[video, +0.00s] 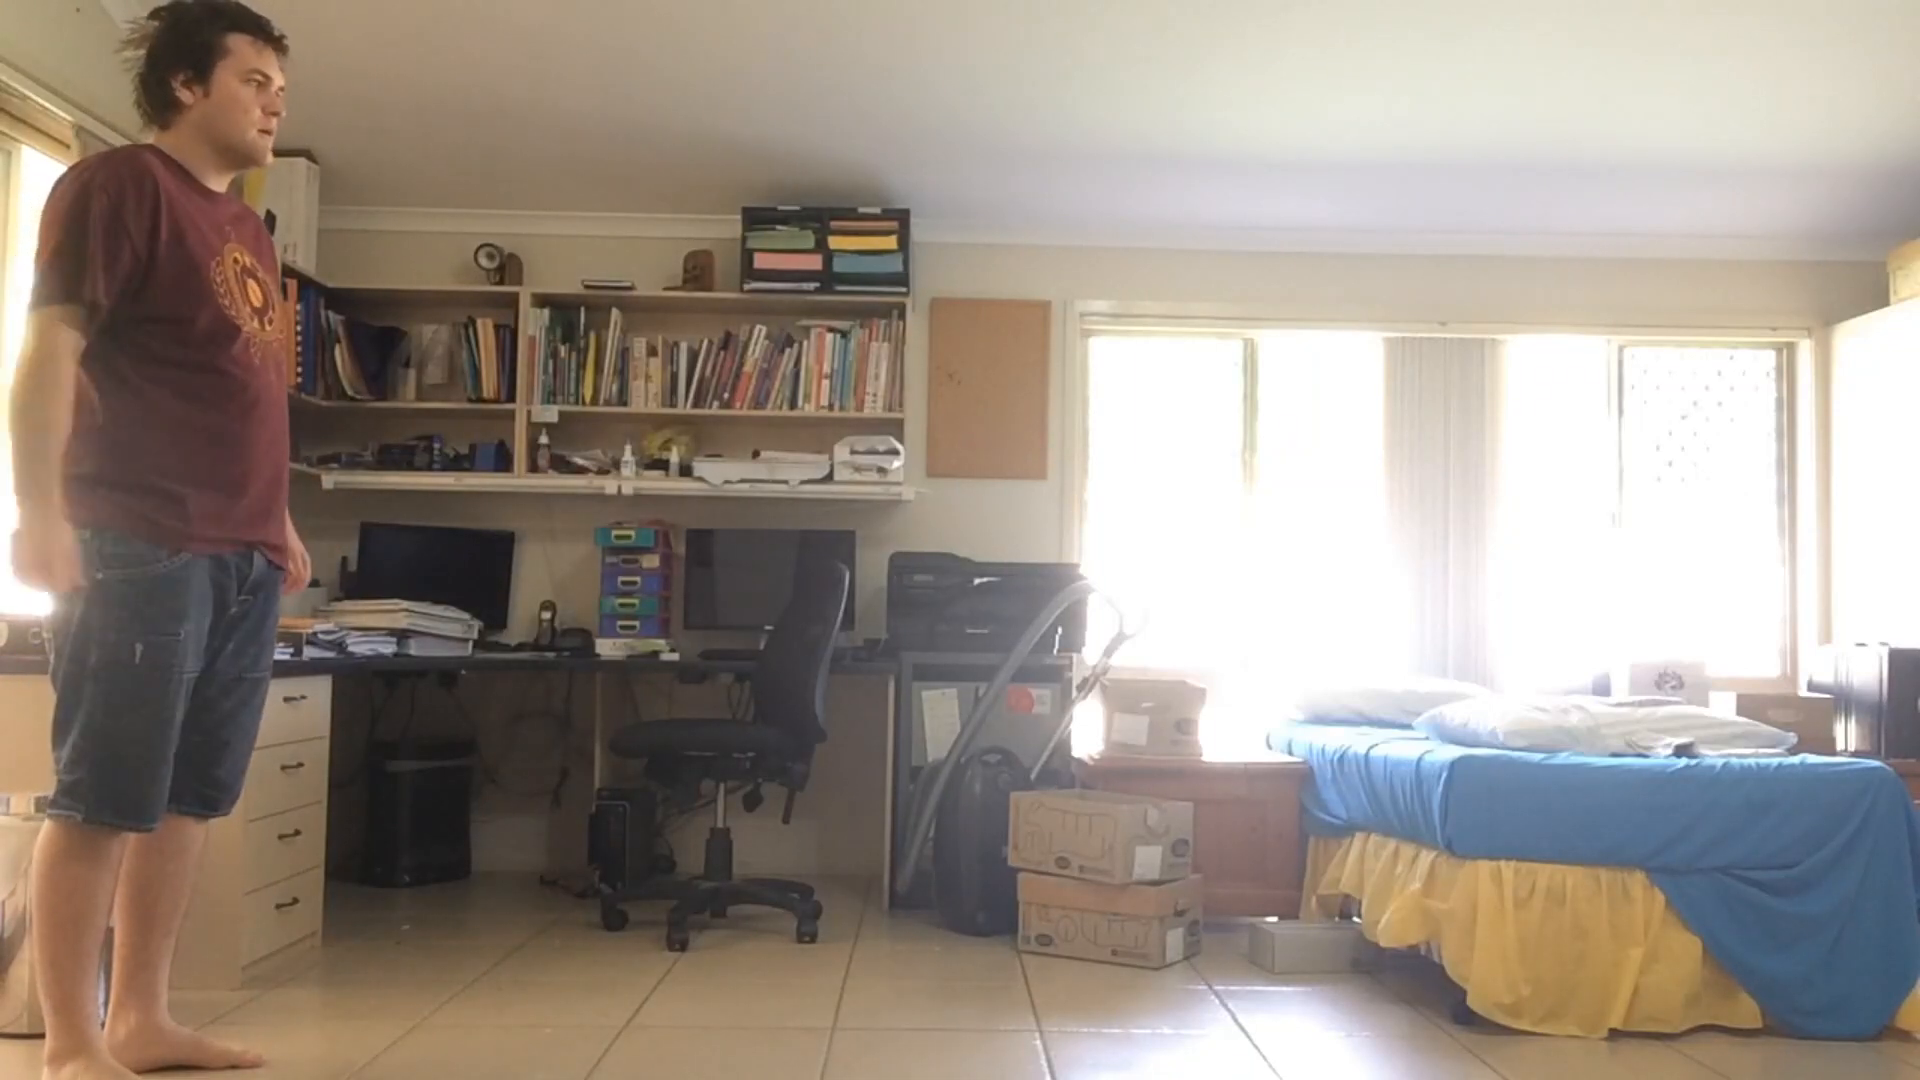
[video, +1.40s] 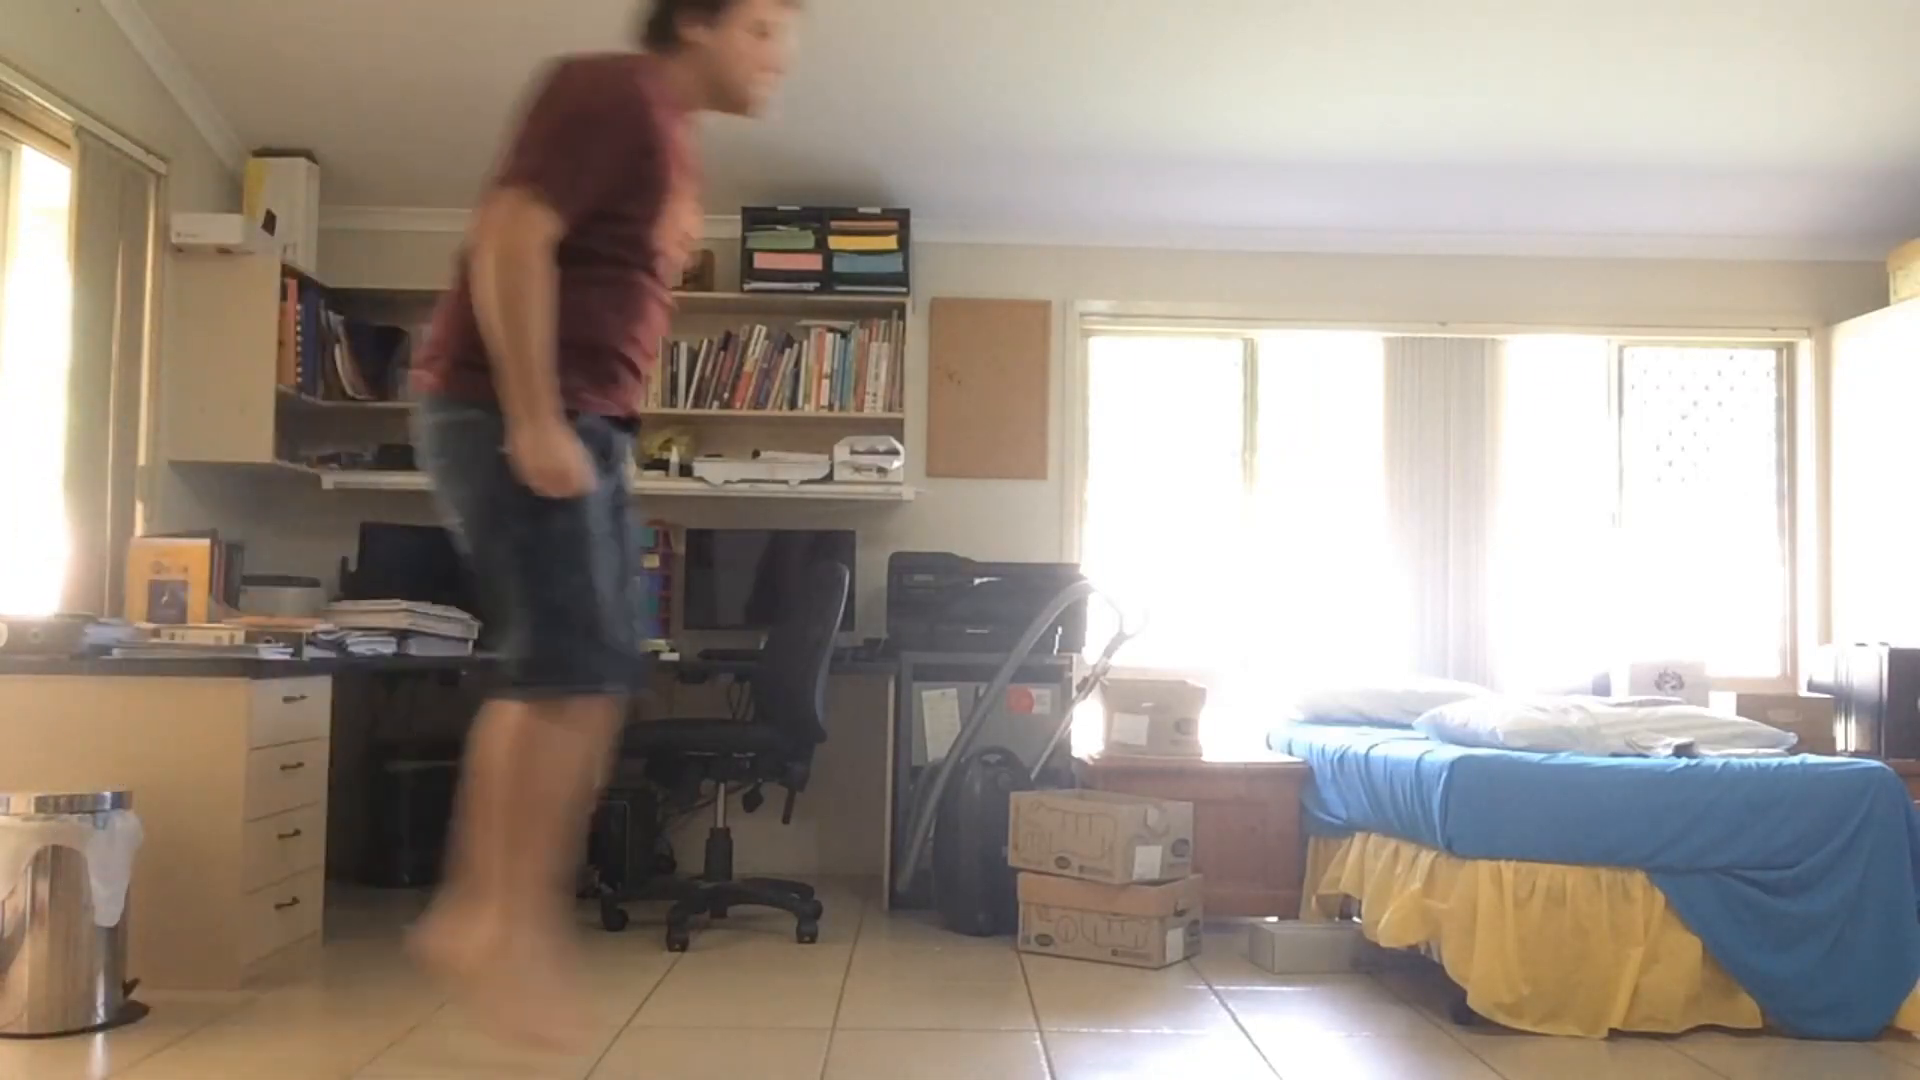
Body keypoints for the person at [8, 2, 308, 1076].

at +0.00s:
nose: (276, 102)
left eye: (280, 87)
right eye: (258, 82)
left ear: (266, 105)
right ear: (187, 88)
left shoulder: (251, 224)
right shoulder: (116, 182)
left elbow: (246, 394)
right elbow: (49, 348)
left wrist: (275, 519)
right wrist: (40, 515)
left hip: (246, 553)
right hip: (136, 542)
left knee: (184, 799)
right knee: (99, 798)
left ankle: (141, 1023)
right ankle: (68, 1045)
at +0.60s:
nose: (379, 136)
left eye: (383, 121)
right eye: (360, 111)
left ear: (352, 133)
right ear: (289, 110)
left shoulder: (321, 249)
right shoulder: (193, 195)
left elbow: (271, 410)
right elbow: (97, 360)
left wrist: (266, 544)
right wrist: (119, 533)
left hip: (249, 560)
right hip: (151, 548)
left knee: (211, 805)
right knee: (126, 808)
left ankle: (143, 1022)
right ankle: (72, 1045)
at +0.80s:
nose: (486, 266)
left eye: (489, 247)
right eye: (469, 240)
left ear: (419, 252)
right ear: (399, 239)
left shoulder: (396, 357)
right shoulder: (278, 304)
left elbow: (281, 460)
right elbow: (119, 408)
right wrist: (100, 586)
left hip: (235, 602)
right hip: (140, 589)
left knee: (262, 808)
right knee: (195, 811)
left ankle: (144, 1027)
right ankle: (76, 1048)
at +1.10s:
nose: (538, 229)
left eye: (539, 210)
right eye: (520, 208)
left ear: (500, 223)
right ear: (454, 217)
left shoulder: (486, 342)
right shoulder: (375, 316)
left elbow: (407, 472)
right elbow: (242, 430)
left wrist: (359, 594)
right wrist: (210, 609)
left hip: (351, 633)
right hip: (268, 625)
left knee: (333, 858)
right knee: (283, 856)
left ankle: (156, 1019)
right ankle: (92, 1032)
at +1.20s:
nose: (569, 117)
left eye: (574, 100)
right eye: (553, 94)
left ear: (523, 109)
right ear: (486, 94)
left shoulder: (516, 220)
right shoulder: (406, 181)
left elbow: (501, 354)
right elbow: (301, 305)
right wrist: (326, 476)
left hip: (461, 544)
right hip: (383, 535)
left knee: (332, 786)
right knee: (282, 774)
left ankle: (215, 980)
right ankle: (137, 985)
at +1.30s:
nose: (659, 54)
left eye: (662, 34)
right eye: (646, 29)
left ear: (595, 32)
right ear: (582, 23)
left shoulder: (570, 132)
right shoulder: (490, 103)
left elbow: (507, 272)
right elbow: (405, 242)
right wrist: (444, 422)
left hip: (532, 452)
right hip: (467, 446)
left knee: (470, 694)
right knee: (460, 695)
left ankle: (280, 897)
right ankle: (295, 918)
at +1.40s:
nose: (781, 58)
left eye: (785, 36)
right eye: (767, 31)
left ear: (728, 32)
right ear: (703, 24)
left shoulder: (669, 136)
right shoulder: (607, 90)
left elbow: (596, 281)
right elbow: (511, 235)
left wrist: (600, 426)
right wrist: (535, 420)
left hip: (574, 426)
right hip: (515, 421)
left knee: (558, 664)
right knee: (578, 669)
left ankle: (479, 915)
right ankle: (510, 938)